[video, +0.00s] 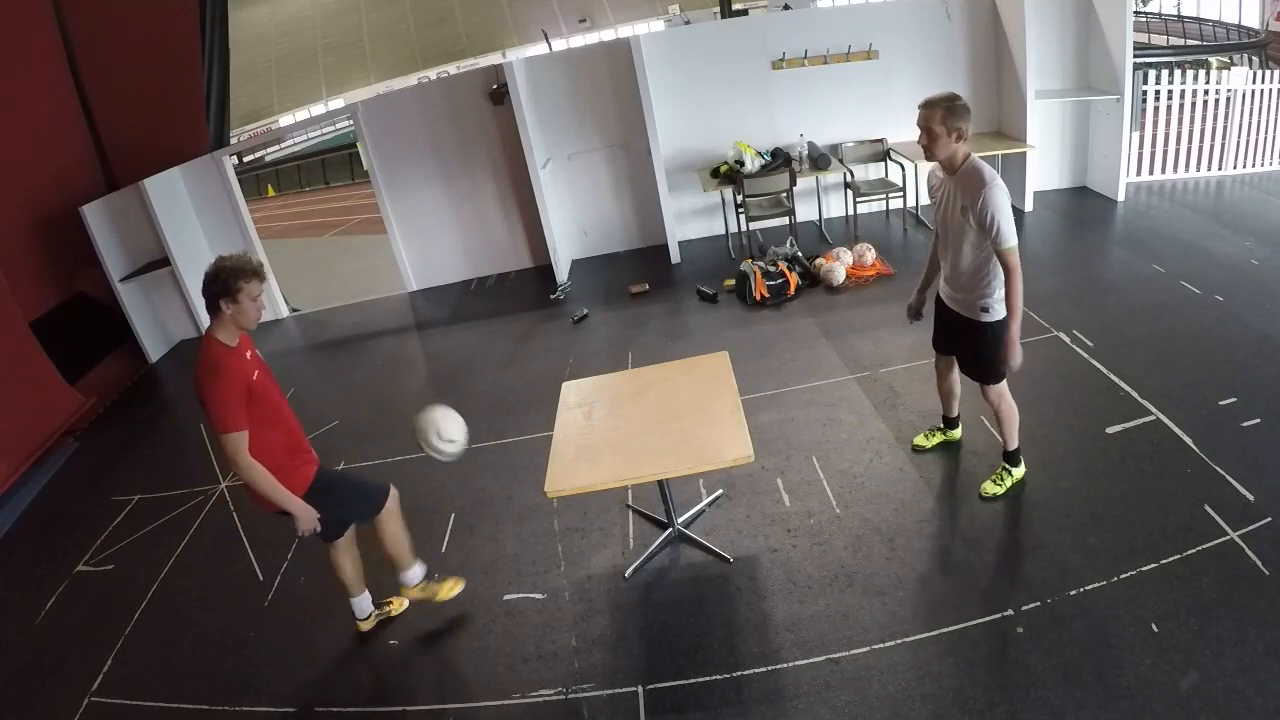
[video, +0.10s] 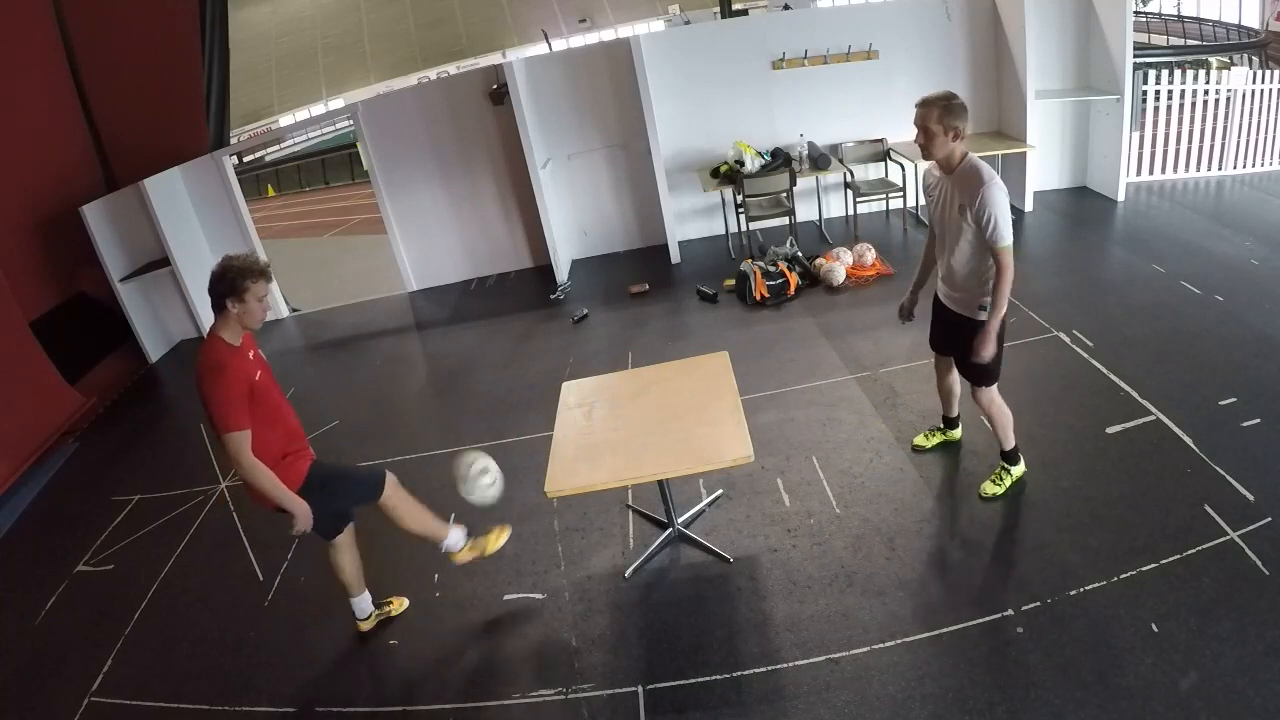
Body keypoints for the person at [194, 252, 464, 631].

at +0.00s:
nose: (262, 306)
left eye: (260, 296)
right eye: (254, 299)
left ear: (231, 306)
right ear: (226, 307)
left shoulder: (237, 341)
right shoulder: (219, 368)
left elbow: (259, 417)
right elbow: (239, 458)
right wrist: (296, 507)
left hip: (299, 470)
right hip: (292, 486)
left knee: (339, 532)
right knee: (384, 498)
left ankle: (366, 614)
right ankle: (416, 582)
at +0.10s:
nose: (267, 308)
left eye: (266, 298)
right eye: (259, 301)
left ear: (236, 305)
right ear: (231, 306)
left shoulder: (241, 340)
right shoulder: (220, 366)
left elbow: (260, 410)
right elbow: (240, 455)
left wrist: (297, 455)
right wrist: (294, 504)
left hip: (297, 464)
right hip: (287, 481)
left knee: (338, 528)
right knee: (382, 484)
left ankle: (366, 614)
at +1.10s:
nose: (281, 289)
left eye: (277, 280)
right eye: (271, 283)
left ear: (250, 294)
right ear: (244, 297)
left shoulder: (268, 329)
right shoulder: (245, 363)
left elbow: (297, 402)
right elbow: (271, 457)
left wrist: (333, 443)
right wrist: (335, 503)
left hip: (327, 468)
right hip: (310, 492)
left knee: (352, 548)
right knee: (353, 561)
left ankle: (367, 608)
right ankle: (390, 629)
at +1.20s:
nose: (286, 292)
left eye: (283, 282)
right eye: (277, 285)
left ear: (256, 295)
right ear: (248, 297)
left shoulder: (273, 328)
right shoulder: (248, 364)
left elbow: (302, 398)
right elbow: (274, 458)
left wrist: (337, 439)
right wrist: (345, 498)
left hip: (328, 463)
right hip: (309, 490)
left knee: (355, 541)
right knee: (354, 560)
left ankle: (370, 605)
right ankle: (390, 630)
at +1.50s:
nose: (296, 288)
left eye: (294, 279)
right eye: (287, 283)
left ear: (266, 291)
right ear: (258, 293)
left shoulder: (283, 323)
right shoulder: (259, 358)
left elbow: (312, 390)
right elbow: (286, 450)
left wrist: (346, 428)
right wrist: (338, 505)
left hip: (337, 454)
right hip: (317, 480)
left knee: (368, 503)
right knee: (360, 557)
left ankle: (392, 559)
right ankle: (392, 629)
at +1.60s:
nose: (299, 285)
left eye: (297, 277)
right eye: (290, 280)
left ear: (270, 287)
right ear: (262, 290)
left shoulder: (287, 319)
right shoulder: (264, 354)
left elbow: (316, 387)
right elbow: (287, 443)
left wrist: (348, 426)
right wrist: (332, 502)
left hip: (341, 448)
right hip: (323, 474)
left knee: (373, 495)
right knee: (361, 553)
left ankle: (399, 553)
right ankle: (392, 628)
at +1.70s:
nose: (302, 280)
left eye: (300, 271)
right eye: (292, 275)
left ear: (273, 282)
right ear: (264, 285)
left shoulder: (291, 313)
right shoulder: (268, 348)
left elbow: (322, 380)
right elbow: (289, 435)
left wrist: (355, 420)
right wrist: (330, 495)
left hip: (348, 438)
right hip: (332, 463)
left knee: (380, 486)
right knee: (366, 543)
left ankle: (401, 552)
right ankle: (391, 627)